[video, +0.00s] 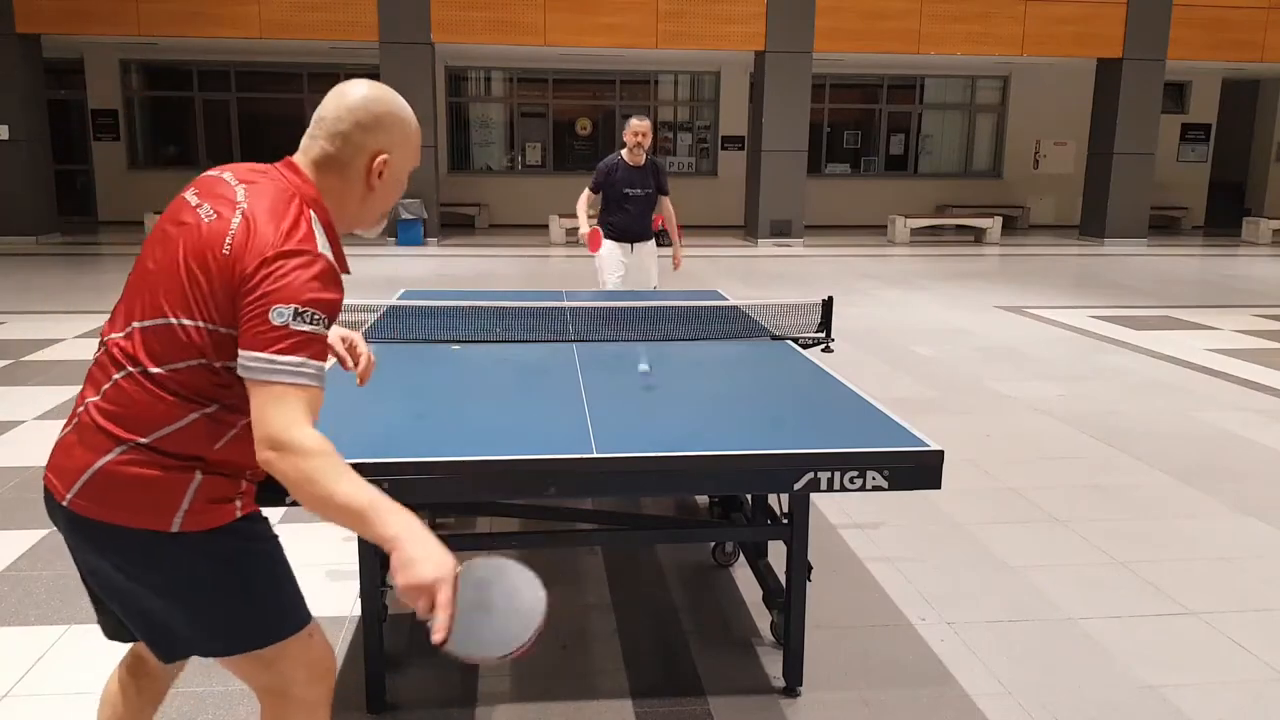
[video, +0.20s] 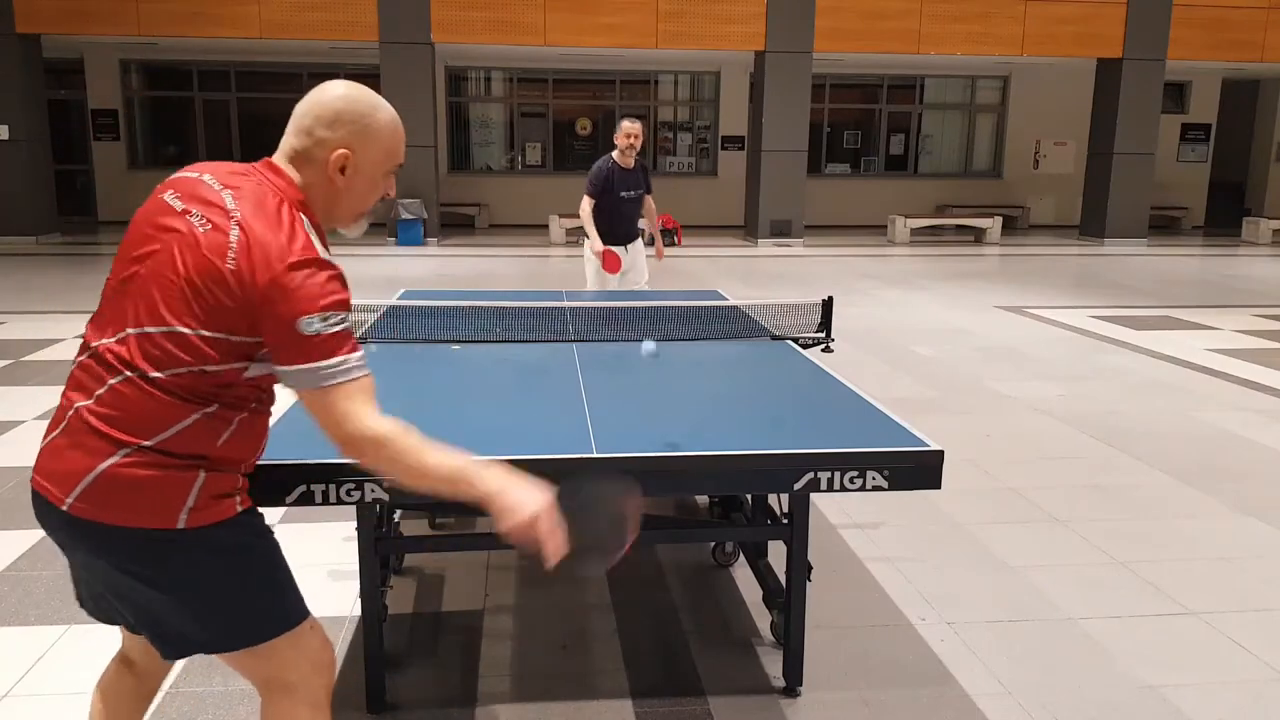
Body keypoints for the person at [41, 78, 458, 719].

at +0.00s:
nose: (402, 192)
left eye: (409, 177)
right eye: (407, 175)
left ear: (314, 142)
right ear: (377, 170)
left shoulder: (223, 182)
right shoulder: (297, 251)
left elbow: (210, 307)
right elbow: (283, 442)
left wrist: (313, 331)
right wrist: (404, 532)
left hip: (86, 474)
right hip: (171, 502)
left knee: (155, 654)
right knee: (302, 678)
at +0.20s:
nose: (385, 195)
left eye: (390, 179)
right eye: (383, 177)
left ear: (300, 154)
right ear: (338, 164)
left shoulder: (188, 183)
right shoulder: (291, 260)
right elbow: (363, 432)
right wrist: (497, 482)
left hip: (70, 477)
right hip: (165, 504)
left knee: (148, 648)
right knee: (301, 672)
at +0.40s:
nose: (360, 162)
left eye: (364, 147)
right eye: (360, 146)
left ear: (259, 125)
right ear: (321, 146)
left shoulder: (149, 172)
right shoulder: (327, 244)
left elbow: (58, 287)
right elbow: (430, 345)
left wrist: (166, 314)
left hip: (65, 484)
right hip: (188, 501)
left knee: (121, 649)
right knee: (318, 670)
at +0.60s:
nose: (311, 139)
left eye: (312, 125)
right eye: (310, 125)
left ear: (215, 112)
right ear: (290, 128)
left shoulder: (98, 178)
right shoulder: (302, 216)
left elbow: (20, 316)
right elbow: (365, 309)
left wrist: (117, 329)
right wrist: (361, 224)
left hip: (65, 495)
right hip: (200, 499)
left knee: (84, 671)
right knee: (318, 671)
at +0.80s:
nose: (262, 142)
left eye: (265, 127)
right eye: (262, 127)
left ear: (168, 117)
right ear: (242, 130)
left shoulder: (55, 187)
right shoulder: (252, 229)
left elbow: (6, 325)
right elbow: (305, 378)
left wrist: (87, 327)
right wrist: (302, 311)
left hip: (28, 494)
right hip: (155, 500)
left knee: (87, 656)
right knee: (291, 681)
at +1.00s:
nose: (264, 136)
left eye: (266, 120)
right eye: (264, 120)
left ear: (170, 111)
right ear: (241, 124)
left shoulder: (75, 173)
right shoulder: (217, 226)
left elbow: (9, 294)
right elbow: (225, 398)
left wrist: (107, 314)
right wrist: (287, 376)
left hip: (16, 473)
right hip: (119, 495)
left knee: (92, 637)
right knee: (254, 657)